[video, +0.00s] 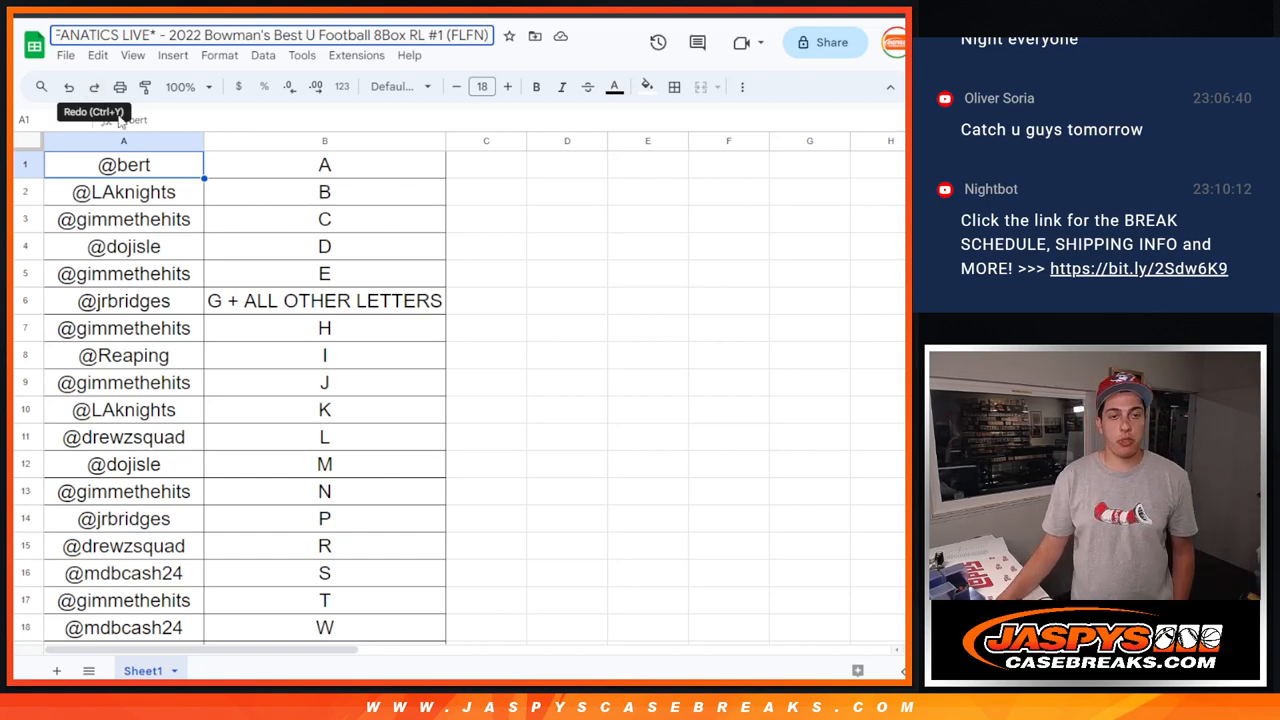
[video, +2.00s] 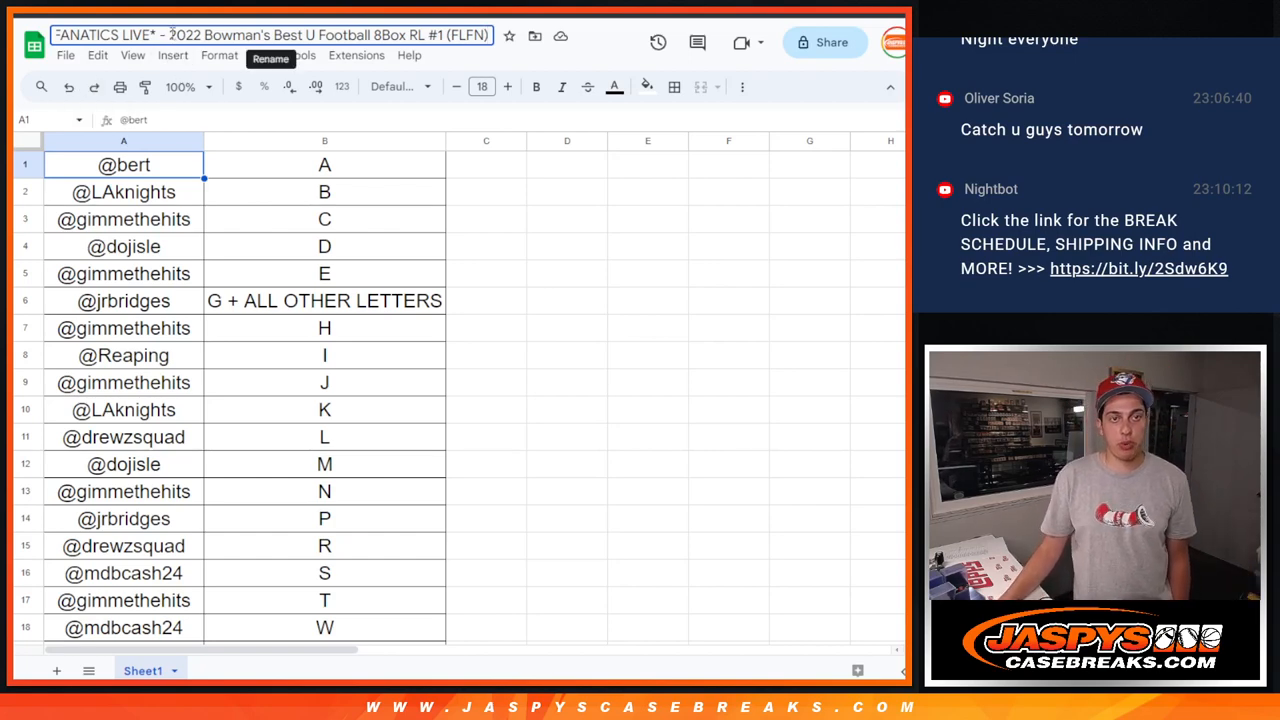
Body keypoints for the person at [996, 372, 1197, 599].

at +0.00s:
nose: (1125, 426)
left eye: (1135, 415)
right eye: (1114, 415)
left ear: (1145, 420)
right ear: (1099, 424)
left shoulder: (1173, 478)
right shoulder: (1073, 477)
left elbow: (1183, 551)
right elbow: (1050, 548)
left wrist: (1179, 604)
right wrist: (1006, 598)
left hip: (1153, 603)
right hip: (1089, 607)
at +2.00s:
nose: (1126, 429)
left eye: (1136, 416)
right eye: (1114, 418)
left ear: (1147, 420)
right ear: (1100, 425)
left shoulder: (1173, 480)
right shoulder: (1073, 477)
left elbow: (1179, 555)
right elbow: (1049, 550)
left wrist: (1179, 608)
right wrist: (1005, 601)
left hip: (1153, 607)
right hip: (1090, 607)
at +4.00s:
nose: (1127, 428)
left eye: (1137, 415)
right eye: (1115, 416)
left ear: (1149, 421)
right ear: (1101, 425)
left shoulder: (1175, 481)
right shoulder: (1073, 476)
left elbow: (1179, 557)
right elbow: (1051, 549)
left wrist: (1180, 611)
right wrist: (1007, 599)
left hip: (1153, 607)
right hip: (1090, 607)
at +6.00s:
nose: (1125, 429)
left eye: (1135, 416)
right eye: (1114, 417)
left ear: (1149, 421)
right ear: (1101, 425)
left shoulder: (1175, 481)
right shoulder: (1074, 475)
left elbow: (1179, 556)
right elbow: (1051, 549)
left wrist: (1179, 610)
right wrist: (1007, 599)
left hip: (1153, 607)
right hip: (1090, 606)